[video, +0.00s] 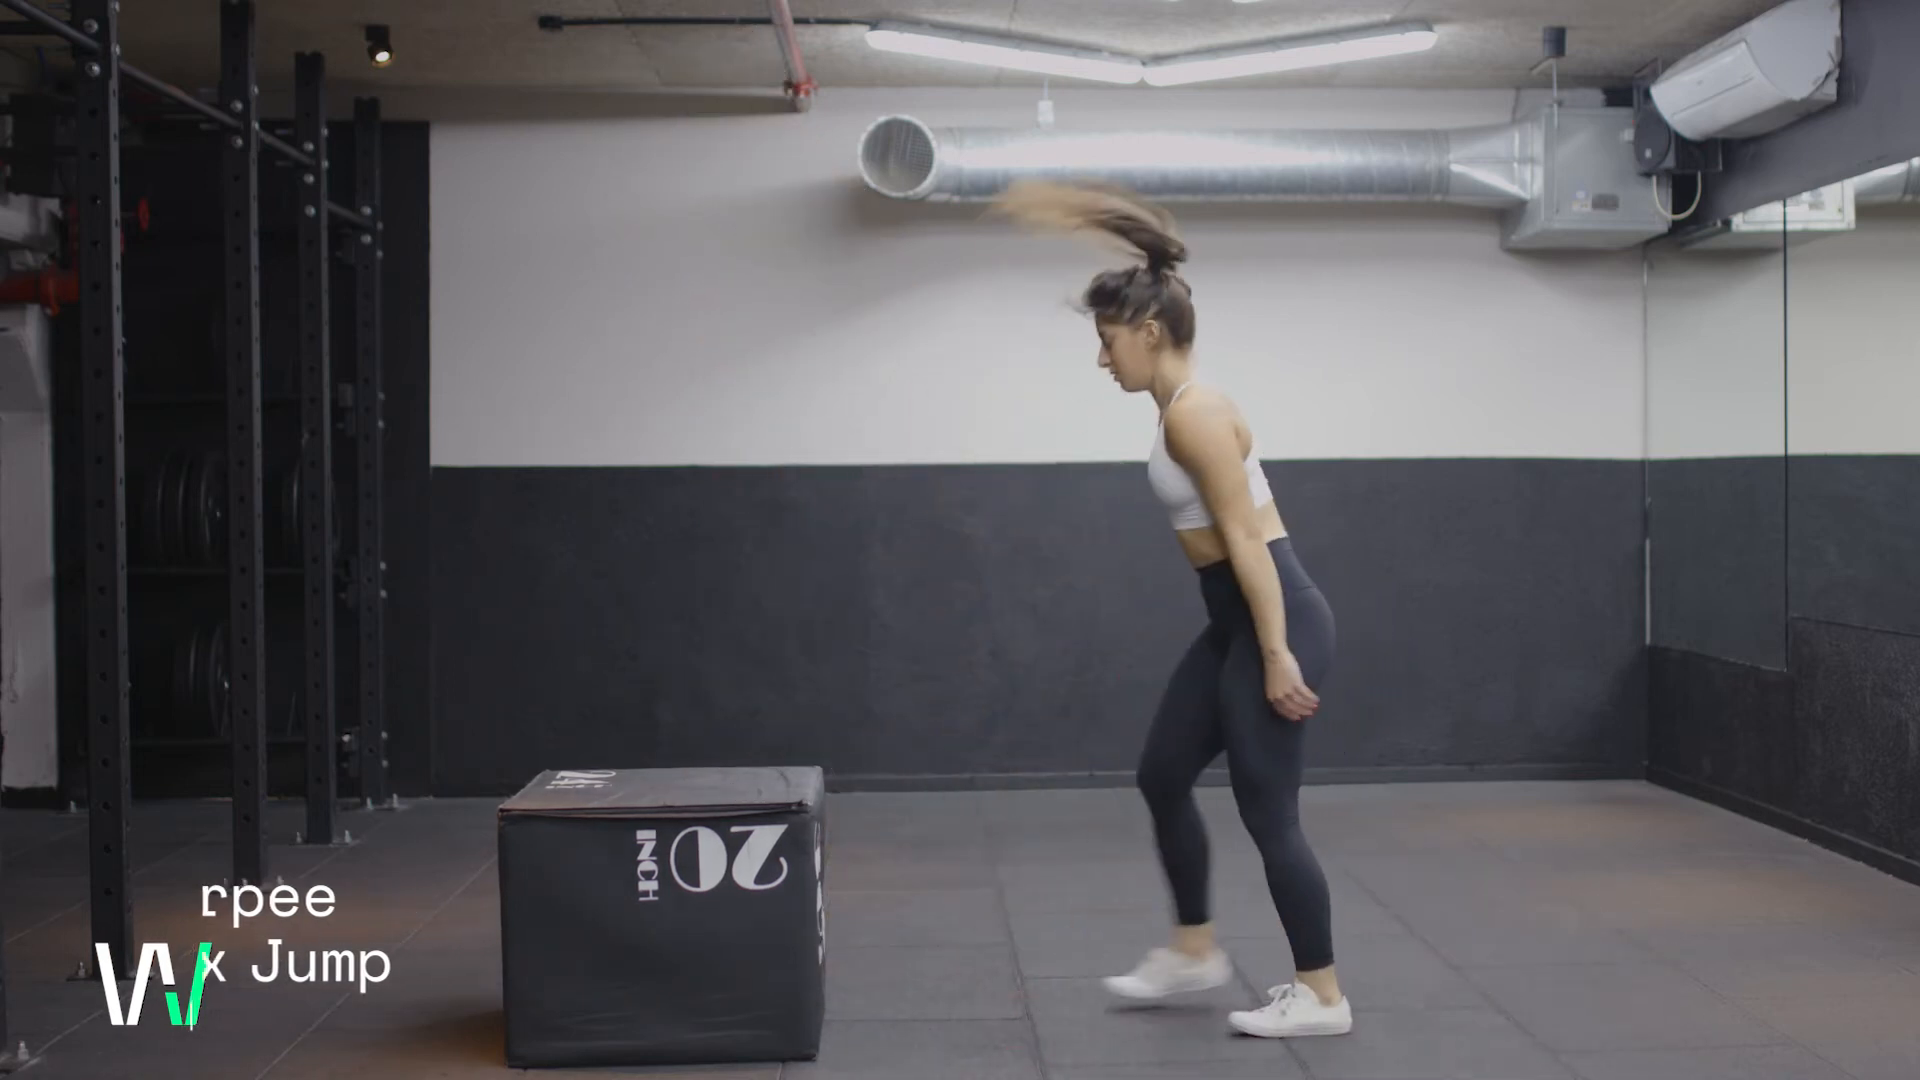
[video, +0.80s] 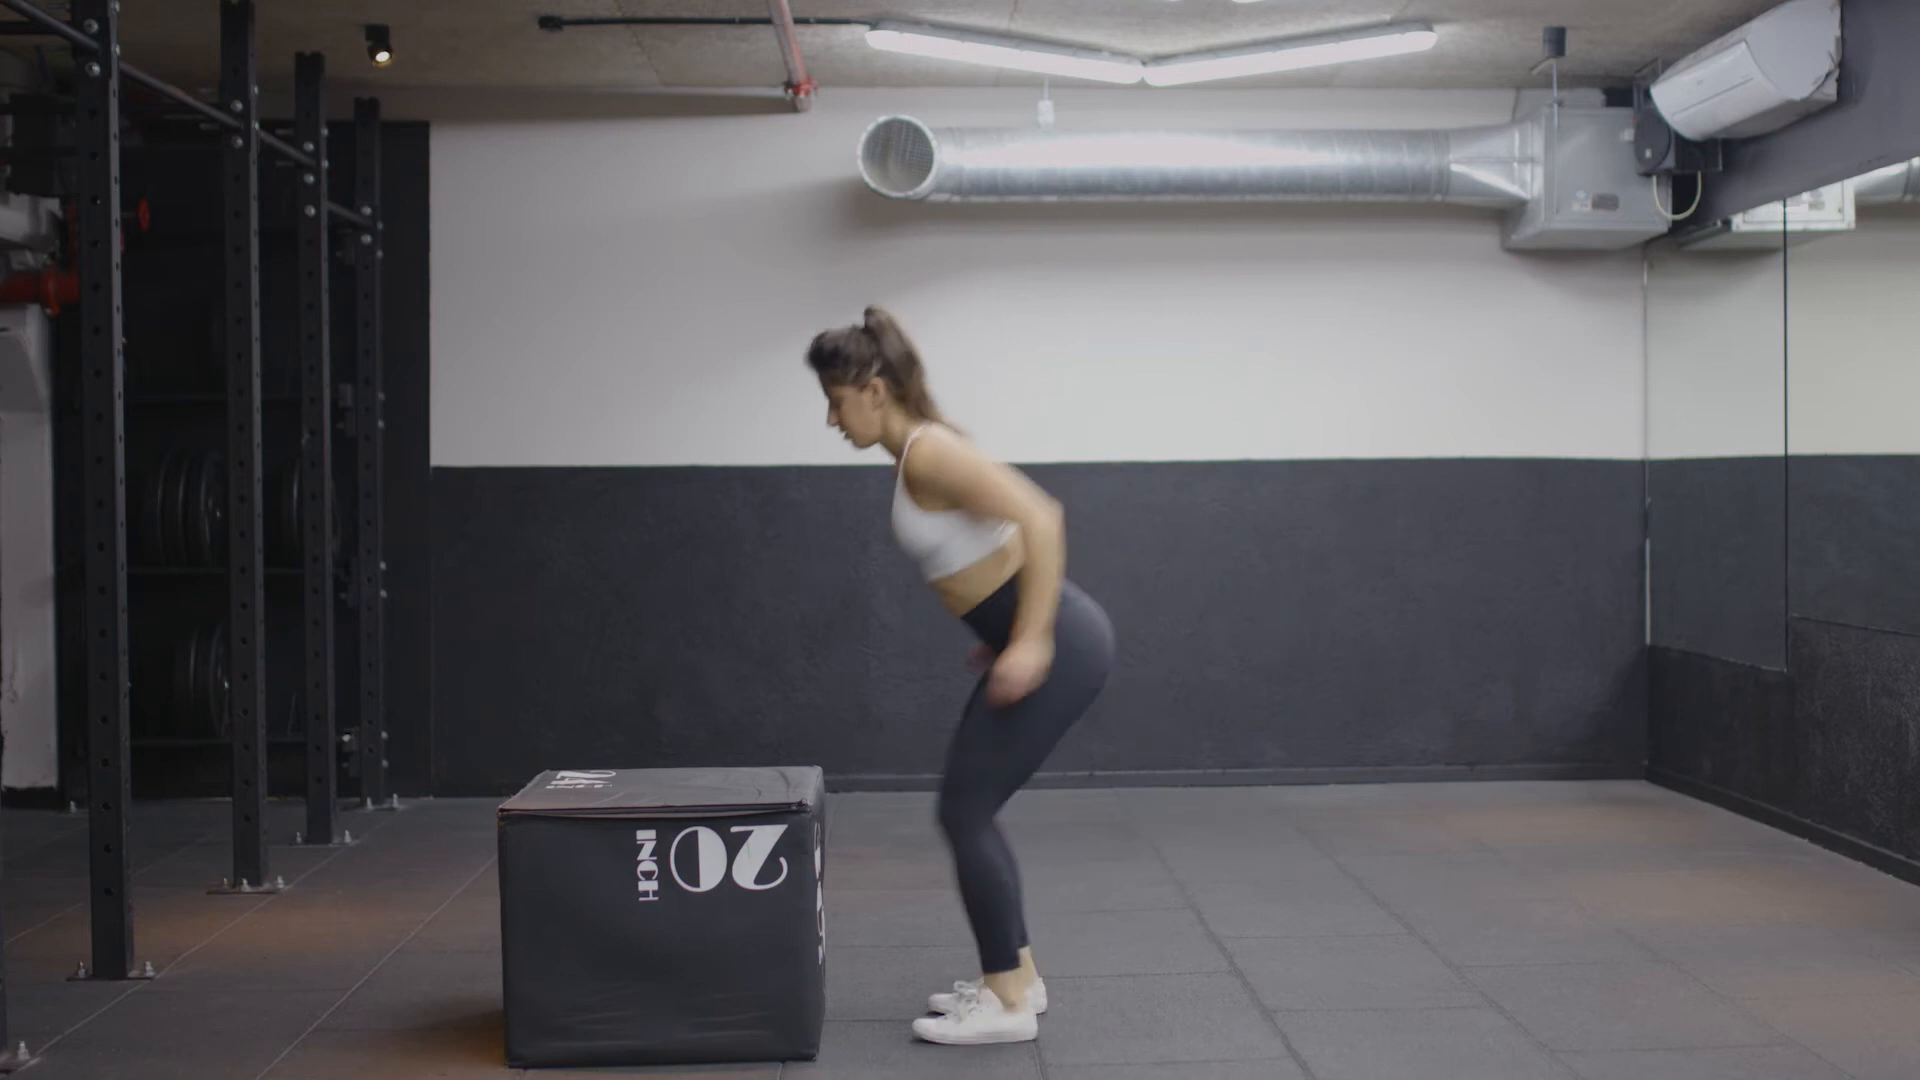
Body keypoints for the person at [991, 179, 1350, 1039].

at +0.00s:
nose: (1103, 355)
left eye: (1109, 339)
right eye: (1101, 340)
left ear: (1153, 333)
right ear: (1148, 333)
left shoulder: (1196, 417)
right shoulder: (1185, 412)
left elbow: (1248, 536)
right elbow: (1242, 532)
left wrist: (1275, 654)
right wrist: (1256, 643)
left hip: (1272, 623)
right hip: (1235, 621)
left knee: (1269, 814)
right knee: (1164, 775)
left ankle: (1323, 994)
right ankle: (1193, 950)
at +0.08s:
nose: (1100, 355)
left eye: (1107, 338)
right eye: (1098, 339)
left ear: (1151, 333)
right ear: (1152, 332)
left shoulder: (1187, 416)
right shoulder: (1184, 409)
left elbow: (1227, 546)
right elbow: (1224, 542)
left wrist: (1245, 665)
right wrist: (1229, 649)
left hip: (1258, 622)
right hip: (1221, 617)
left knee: (1261, 819)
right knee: (1147, 780)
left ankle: (1319, 991)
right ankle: (1123, 957)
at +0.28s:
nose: (1050, 371)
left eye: (1056, 354)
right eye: (1049, 355)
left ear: (1098, 349)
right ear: (1104, 351)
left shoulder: (1135, 427)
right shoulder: (1140, 424)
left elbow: (1161, 564)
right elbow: (1166, 561)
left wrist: (1133, 678)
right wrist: (1150, 669)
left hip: (1198, 642)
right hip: (1174, 639)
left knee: (1230, 824)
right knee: (1096, 813)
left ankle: (1317, 989)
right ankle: (1031, 971)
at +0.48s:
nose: (955, 364)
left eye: (963, 347)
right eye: (954, 348)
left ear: (1005, 343)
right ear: (1009, 344)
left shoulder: (1040, 412)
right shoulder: (1059, 398)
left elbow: (1123, 493)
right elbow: (1135, 471)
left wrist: (1117, 615)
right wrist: (1111, 579)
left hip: (1113, 624)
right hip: (1090, 621)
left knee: (1112, 813)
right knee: (1059, 805)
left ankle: (1258, 941)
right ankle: (1023, 973)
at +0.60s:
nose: (900, 374)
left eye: (906, 356)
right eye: (898, 359)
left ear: (949, 347)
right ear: (945, 350)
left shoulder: (996, 405)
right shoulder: (986, 411)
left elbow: (1107, 438)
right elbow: (1094, 453)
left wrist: (1131, 550)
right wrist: (1109, 548)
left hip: (1090, 618)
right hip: (1067, 620)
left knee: (1045, 797)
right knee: (1045, 799)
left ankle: (1158, 944)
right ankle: (1023, 971)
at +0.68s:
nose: (867, 386)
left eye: (873, 368)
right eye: (864, 371)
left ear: (914, 356)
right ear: (906, 358)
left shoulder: (962, 411)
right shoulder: (955, 416)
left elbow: (1086, 435)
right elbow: (1071, 446)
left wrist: (1121, 546)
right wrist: (1089, 545)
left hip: (1076, 617)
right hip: (1059, 616)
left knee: (1025, 794)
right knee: (1022, 793)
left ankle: (1071, 977)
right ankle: (1027, 969)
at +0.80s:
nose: (830, 416)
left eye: (835, 398)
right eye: (828, 401)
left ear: (874, 390)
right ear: (873, 390)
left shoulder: (931, 452)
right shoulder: (918, 454)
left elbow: (1043, 517)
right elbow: (1032, 514)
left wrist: (1031, 637)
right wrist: (1004, 633)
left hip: (1048, 643)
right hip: (1029, 640)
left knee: (966, 810)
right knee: (963, 807)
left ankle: (1010, 995)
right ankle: (1011, 977)